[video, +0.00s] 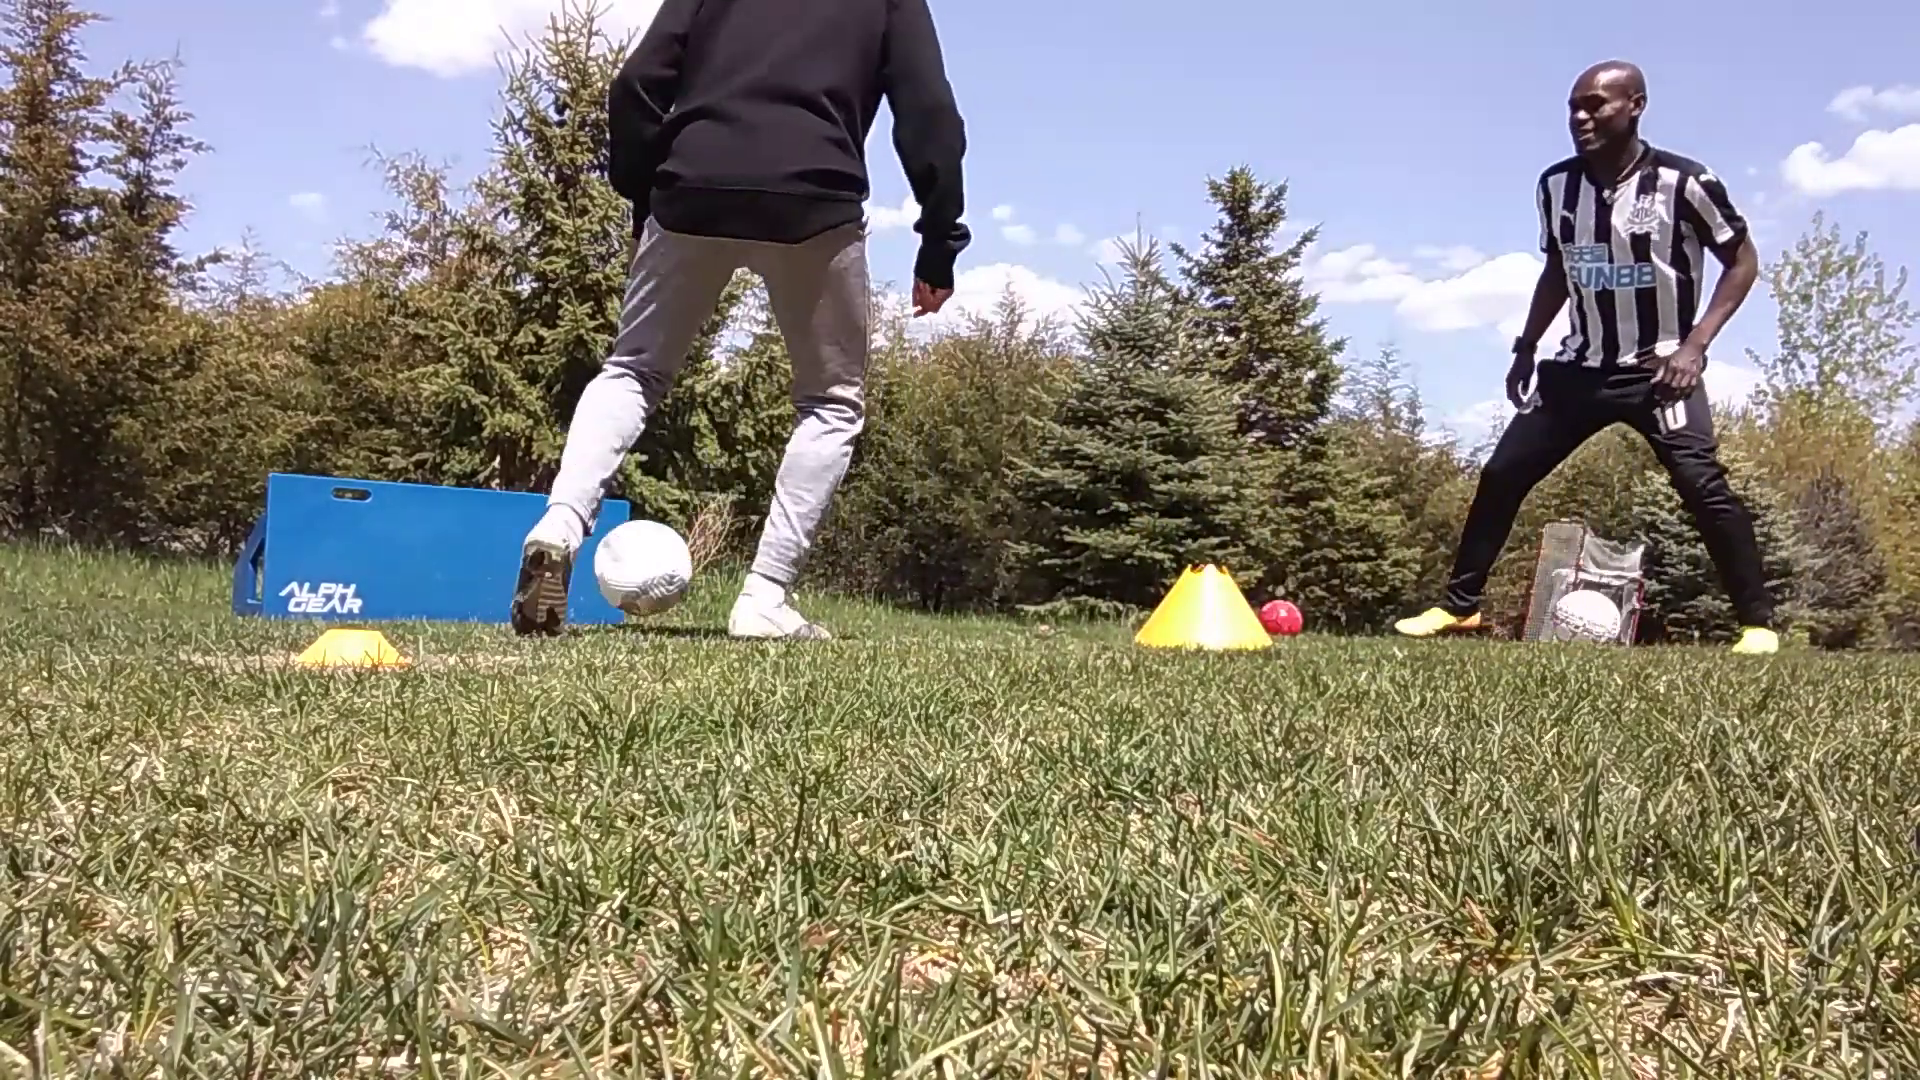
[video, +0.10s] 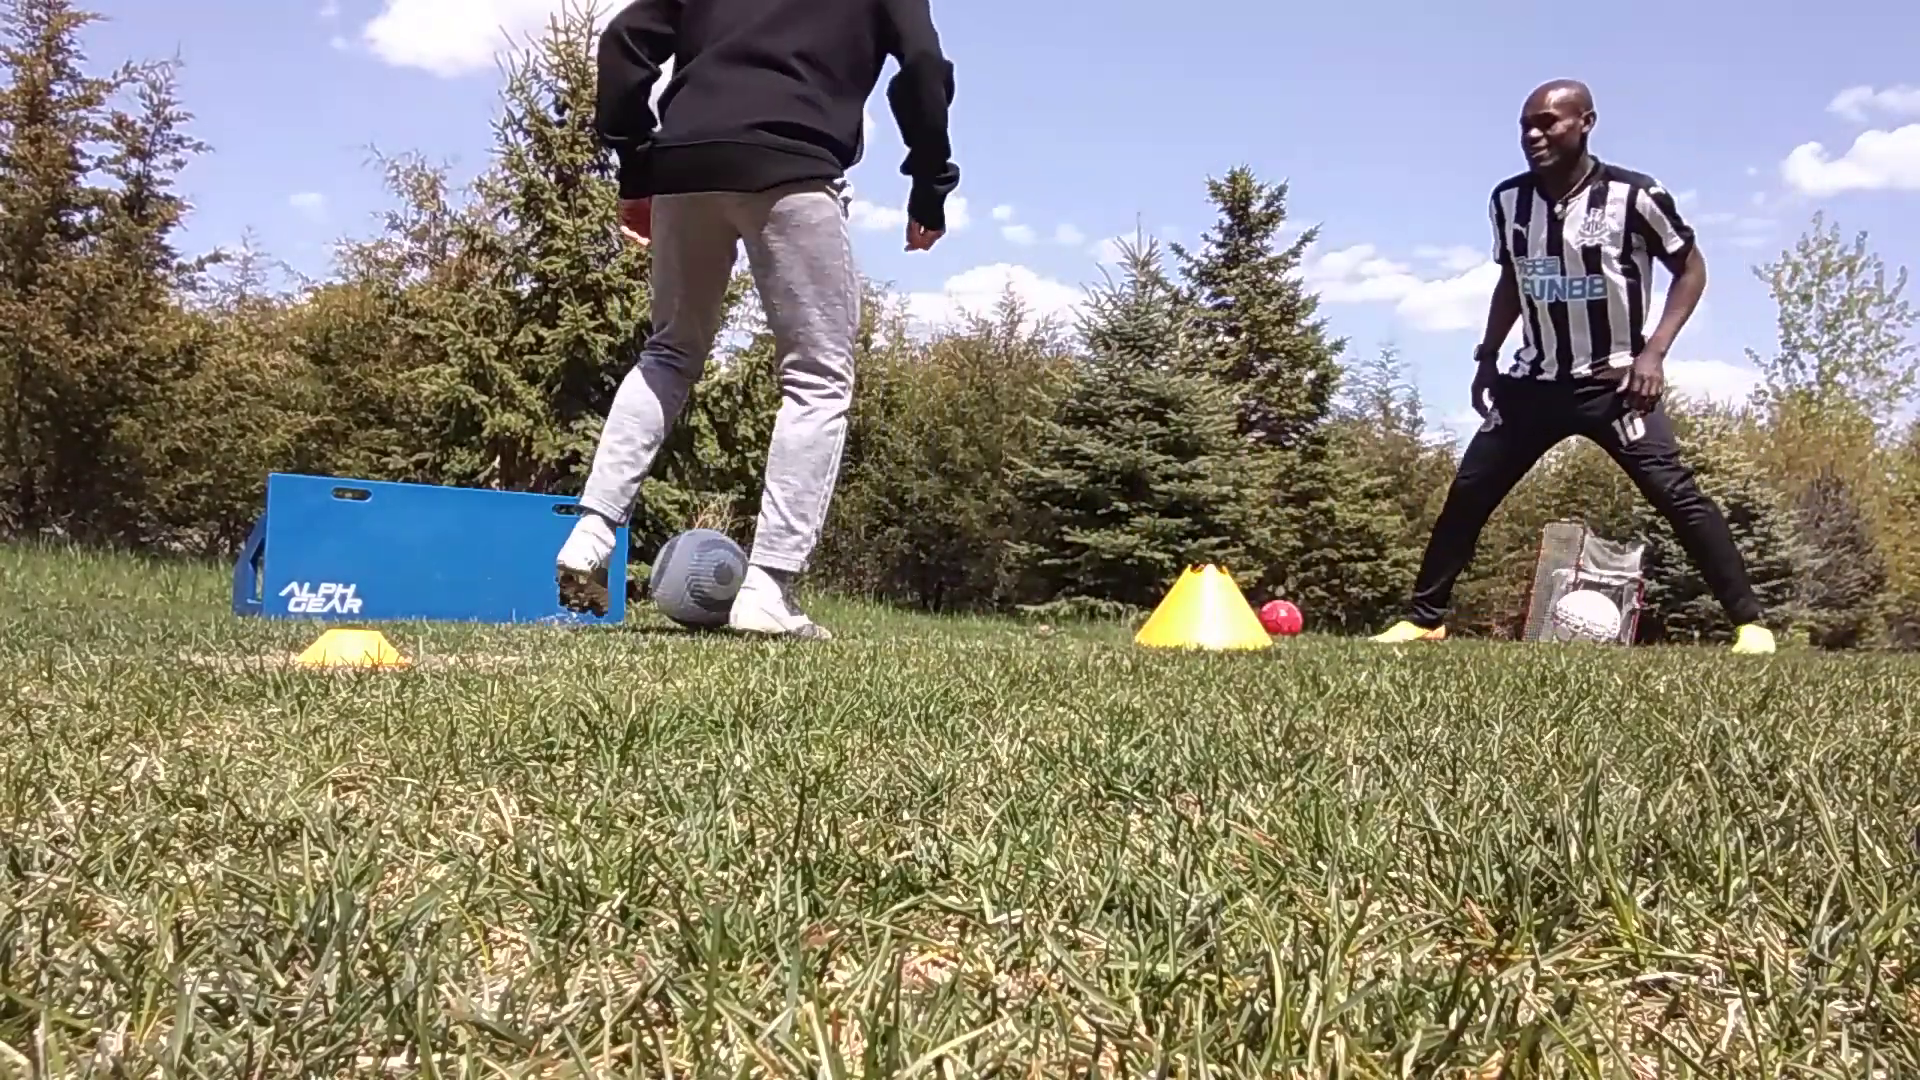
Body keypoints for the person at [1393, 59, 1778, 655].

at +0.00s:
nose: (1578, 117)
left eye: (1592, 105)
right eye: (1573, 107)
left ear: (1634, 108)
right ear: (1569, 113)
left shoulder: (1686, 185)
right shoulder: (1556, 187)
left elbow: (1744, 263)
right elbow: (1559, 269)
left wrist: (1696, 344)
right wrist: (1527, 343)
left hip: (1663, 369)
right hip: (1580, 371)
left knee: (1699, 482)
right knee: (1501, 474)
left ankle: (1760, 625)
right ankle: (1460, 606)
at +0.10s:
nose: (1531, 135)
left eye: (1545, 122)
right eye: (1526, 125)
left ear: (1585, 125)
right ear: (1522, 131)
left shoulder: (1637, 197)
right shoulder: (1508, 202)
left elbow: (1692, 272)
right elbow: (1513, 279)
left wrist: (1654, 350)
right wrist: (1487, 350)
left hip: (1616, 383)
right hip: (1532, 385)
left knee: (1675, 494)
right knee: (1467, 494)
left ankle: (1750, 624)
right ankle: (1423, 619)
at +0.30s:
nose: (1441, 170)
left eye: (1454, 157)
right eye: (1435, 160)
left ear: (1491, 156)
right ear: (1431, 165)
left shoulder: (1545, 211)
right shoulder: (1430, 232)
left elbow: (1611, 277)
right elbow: (1439, 306)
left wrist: (1581, 359)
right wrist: (1408, 379)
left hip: (1556, 378)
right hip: (1484, 386)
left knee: (1603, 490)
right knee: (1430, 492)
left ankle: (1675, 617)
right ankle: (1421, 623)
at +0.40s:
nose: (1425, 168)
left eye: (1437, 155)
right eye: (1418, 158)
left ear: (1473, 153)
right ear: (1414, 162)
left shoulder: (1531, 203)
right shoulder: (1418, 229)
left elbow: (1601, 261)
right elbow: (1433, 303)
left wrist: (1571, 343)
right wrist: (1402, 376)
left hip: (1551, 370)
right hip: (1482, 381)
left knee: (1582, 480)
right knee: (1439, 490)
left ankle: (1641, 617)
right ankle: (1422, 622)